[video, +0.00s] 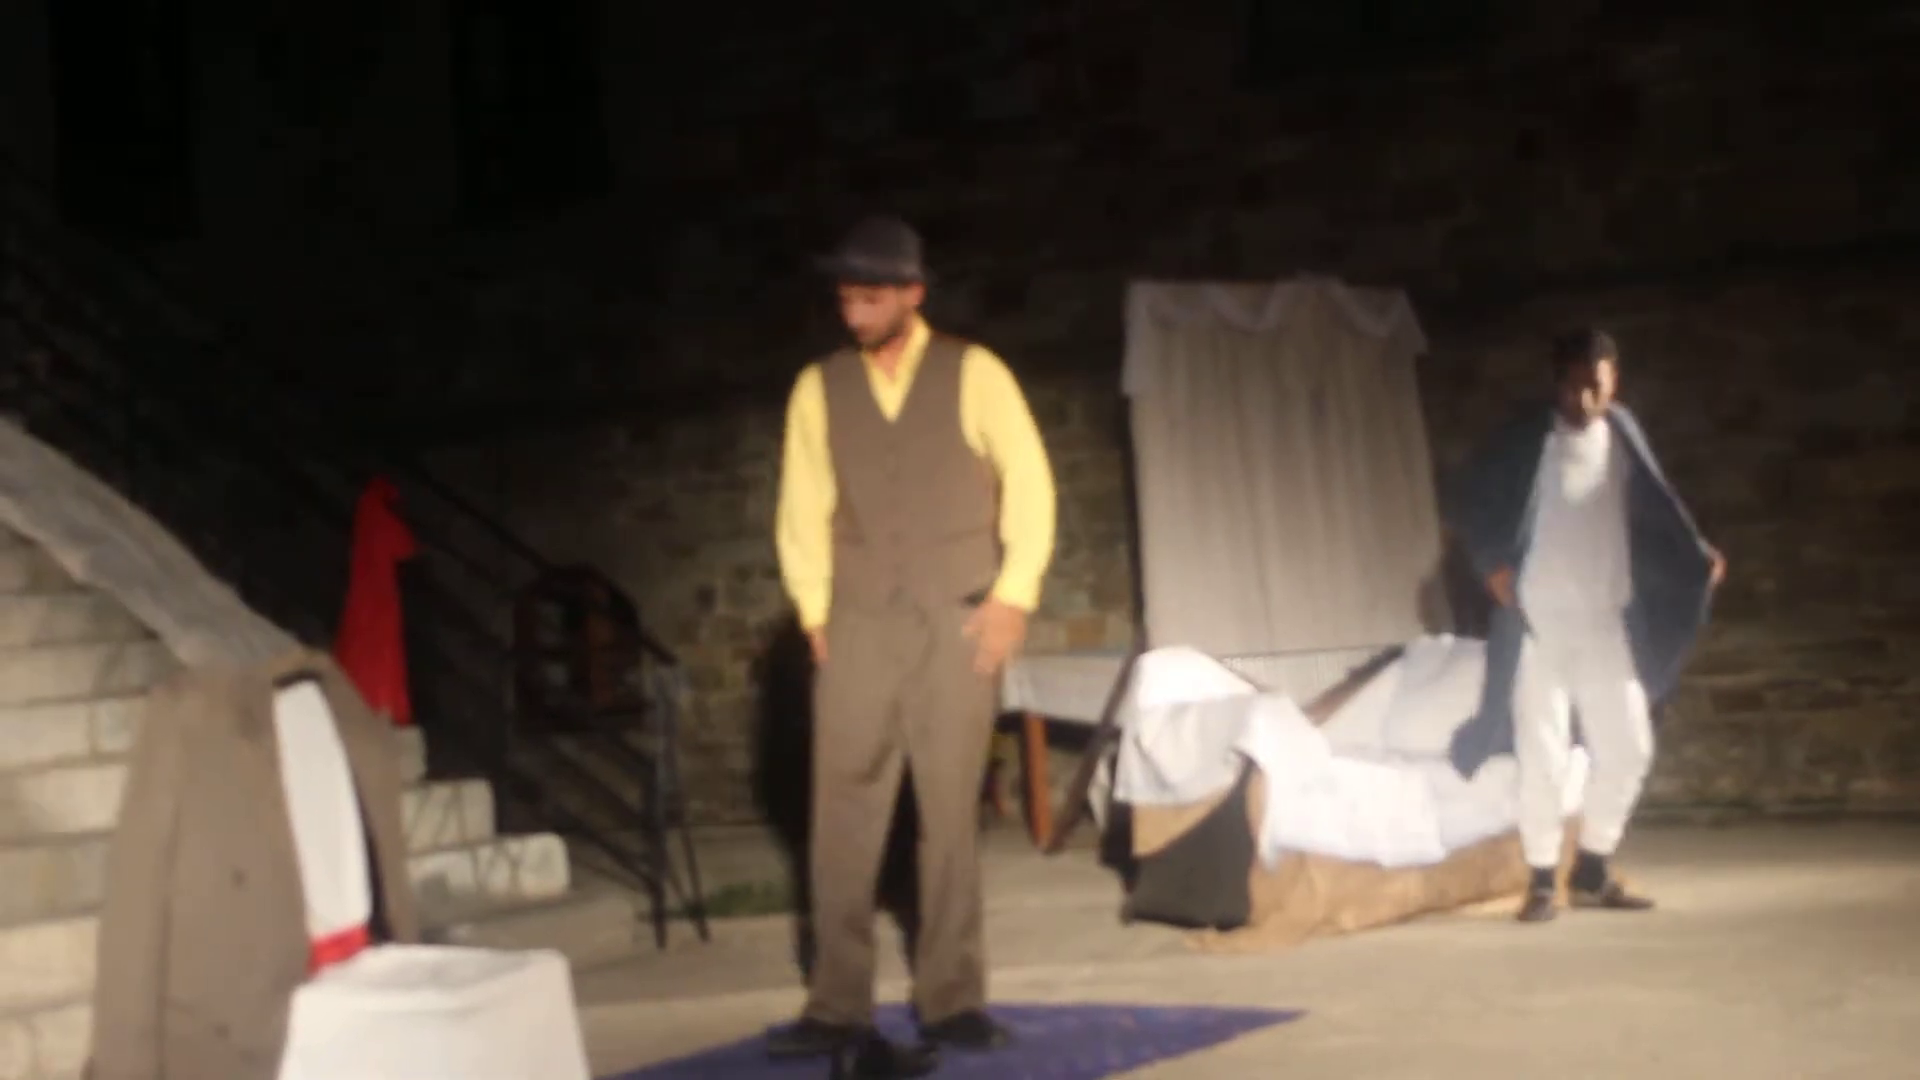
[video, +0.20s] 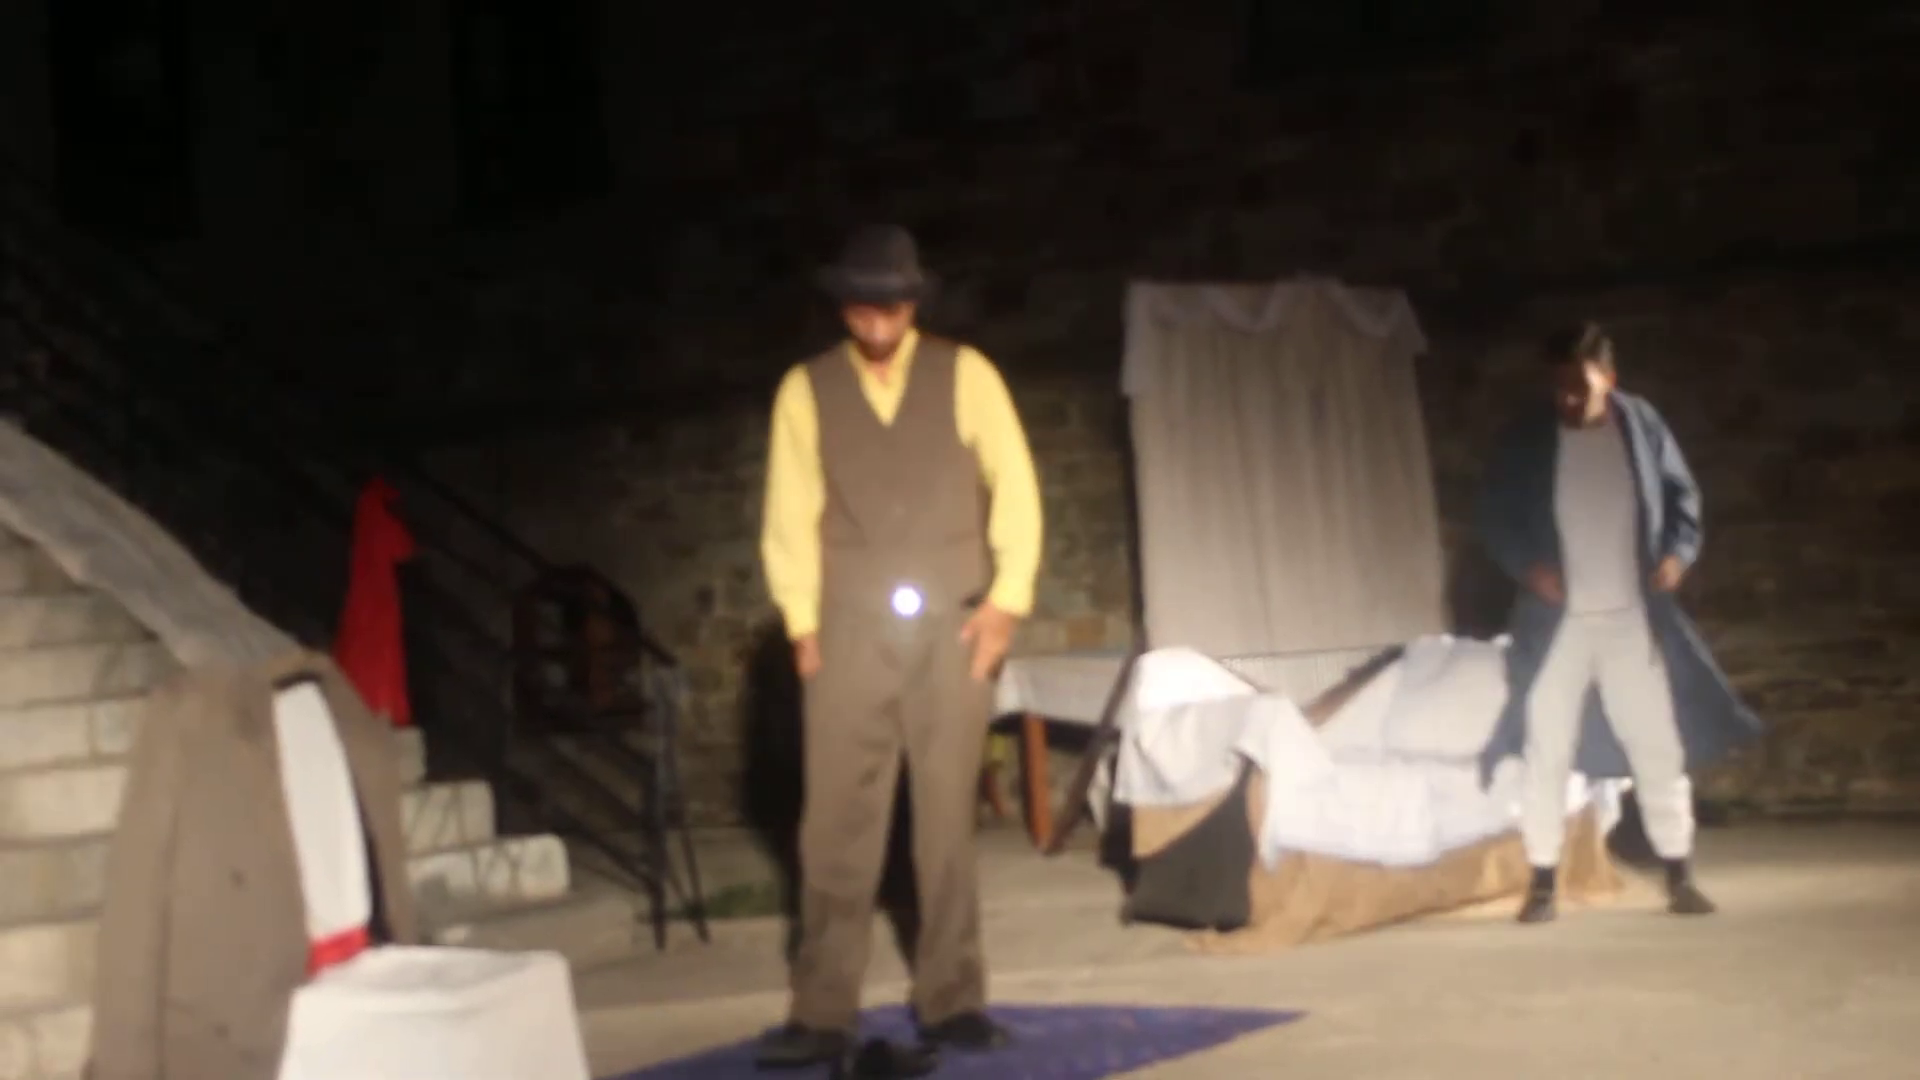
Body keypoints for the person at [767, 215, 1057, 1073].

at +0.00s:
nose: (854, 304)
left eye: (871, 289)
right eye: (847, 288)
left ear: (912, 290)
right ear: (839, 293)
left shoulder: (978, 376)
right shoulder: (819, 391)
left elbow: (1031, 489)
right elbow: (802, 513)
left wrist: (1012, 599)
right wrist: (819, 619)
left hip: (959, 625)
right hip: (856, 629)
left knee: (949, 818)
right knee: (842, 821)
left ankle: (952, 1003)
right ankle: (838, 1008)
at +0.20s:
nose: (878, 324)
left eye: (893, 307)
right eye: (863, 307)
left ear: (917, 304)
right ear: (840, 305)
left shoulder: (968, 377)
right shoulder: (806, 392)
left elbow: (1017, 493)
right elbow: (790, 518)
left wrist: (1005, 603)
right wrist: (804, 628)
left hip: (953, 632)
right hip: (848, 636)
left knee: (946, 826)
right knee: (835, 832)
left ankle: (955, 1004)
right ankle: (823, 1016)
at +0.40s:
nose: (869, 321)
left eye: (884, 307)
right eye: (855, 305)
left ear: (903, 307)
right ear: (827, 302)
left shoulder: (939, 380)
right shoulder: (781, 392)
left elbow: (984, 496)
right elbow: (755, 518)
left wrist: (999, 607)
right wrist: (765, 627)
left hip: (931, 632)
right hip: (828, 637)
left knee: (936, 824)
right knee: (826, 832)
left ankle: (952, 1004)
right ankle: (818, 1024)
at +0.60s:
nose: (848, 329)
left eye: (863, 315)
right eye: (835, 311)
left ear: (881, 316)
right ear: (803, 301)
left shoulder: (900, 385)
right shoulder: (750, 388)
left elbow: (935, 503)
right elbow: (711, 511)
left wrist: (947, 618)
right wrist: (716, 627)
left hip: (889, 638)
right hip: (786, 642)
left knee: (919, 813)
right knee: (796, 835)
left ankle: (911, 1009)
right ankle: (813, 1025)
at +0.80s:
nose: (835, 330)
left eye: (849, 316)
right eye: (821, 312)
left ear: (864, 315)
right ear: (785, 302)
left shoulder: (878, 384)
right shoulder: (734, 387)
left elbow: (899, 503)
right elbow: (690, 507)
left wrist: (898, 615)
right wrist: (695, 616)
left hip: (869, 636)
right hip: (774, 641)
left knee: (868, 838)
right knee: (791, 837)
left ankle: (876, 1012)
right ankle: (809, 1024)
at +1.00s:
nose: (826, 323)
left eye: (841, 309)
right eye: (812, 306)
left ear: (856, 310)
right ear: (777, 297)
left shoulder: (873, 384)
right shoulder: (725, 384)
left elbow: (902, 505)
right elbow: (682, 506)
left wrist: (902, 619)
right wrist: (697, 611)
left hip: (868, 638)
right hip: (770, 643)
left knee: (898, 828)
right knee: (790, 842)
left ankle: (913, 1016)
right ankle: (810, 1024)